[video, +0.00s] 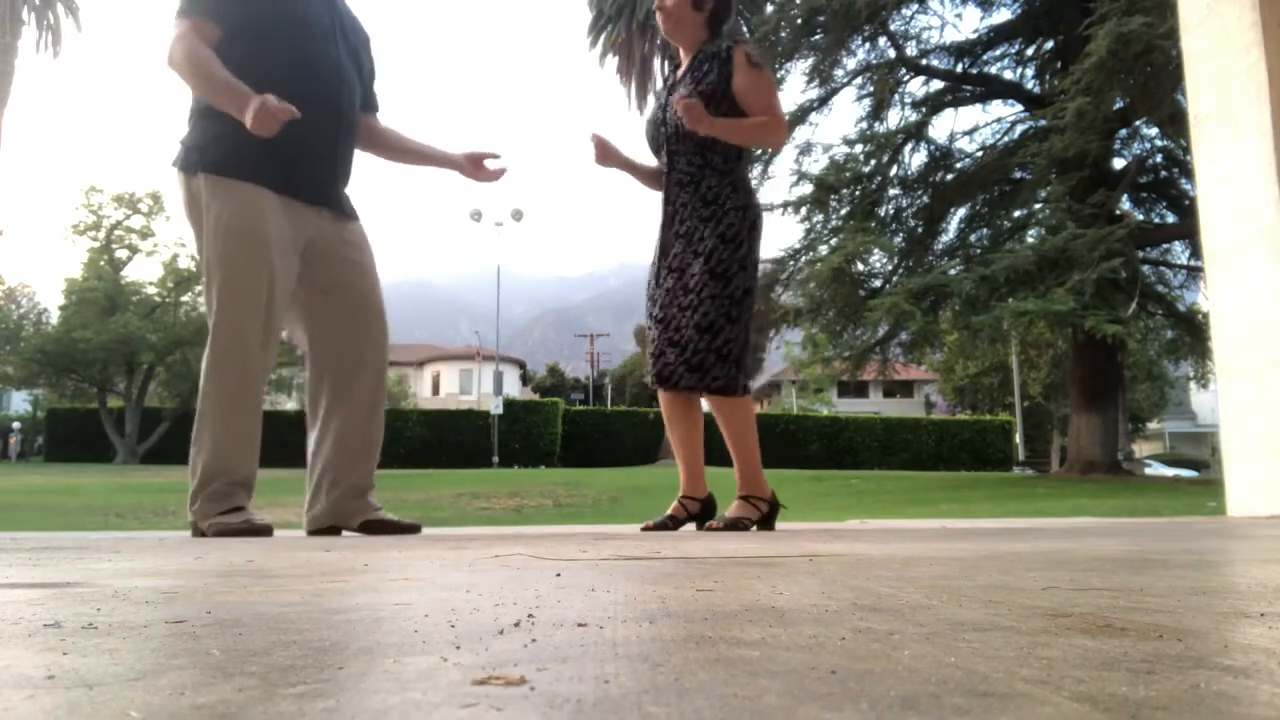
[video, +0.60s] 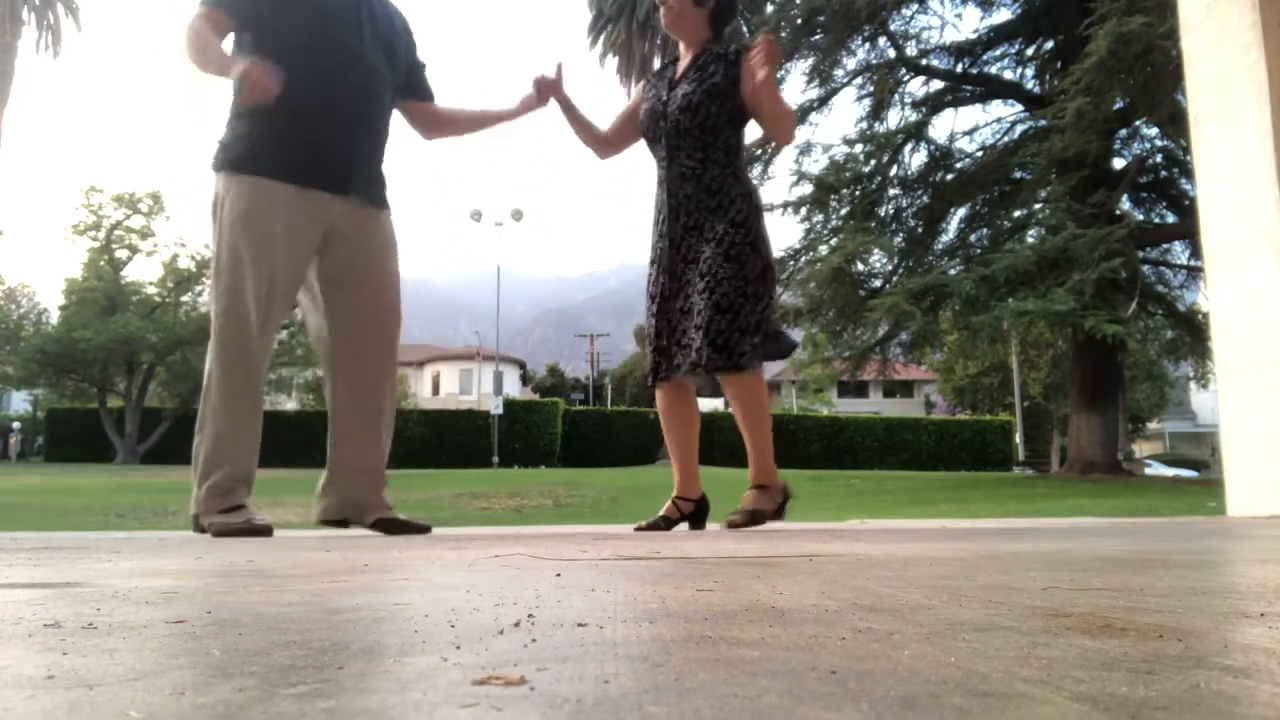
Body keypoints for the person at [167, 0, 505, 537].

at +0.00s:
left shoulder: (352, 28)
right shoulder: (235, 2)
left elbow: (361, 126)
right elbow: (184, 48)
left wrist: (452, 159)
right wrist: (246, 103)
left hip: (323, 198)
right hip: (239, 178)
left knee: (355, 340)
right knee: (243, 339)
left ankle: (340, 505)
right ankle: (219, 507)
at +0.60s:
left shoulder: (387, 17)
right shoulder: (264, 1)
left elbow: (428, 119)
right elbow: (199, 34)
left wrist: (518, 109)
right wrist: (234, 66)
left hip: (358, 192)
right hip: (266, 177)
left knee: (370, 347)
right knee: (242, 344)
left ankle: (355, 499)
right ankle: (221, 502)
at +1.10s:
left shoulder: (353, 38)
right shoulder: (229, 5)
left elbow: (424, 113)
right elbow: (181, 70)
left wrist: (513, 122)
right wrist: (202, 113)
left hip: (314, 208)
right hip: (233, 197)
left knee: (324, 340)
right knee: (239, 350)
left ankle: (266, 485)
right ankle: (250, 503)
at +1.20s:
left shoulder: (353, 47)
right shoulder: (229, 10)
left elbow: (429, 109)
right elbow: (180, 90)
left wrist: (516, 138)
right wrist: (181, 147)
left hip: (303, 221)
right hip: (224, 202)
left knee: (290, 352)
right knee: (233, 353)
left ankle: (184, 459)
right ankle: (251, 504)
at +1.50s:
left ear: (342, 2)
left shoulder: (365, 61)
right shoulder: (249, 31)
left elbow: (436, 104)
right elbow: (194, 107)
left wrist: (521, 111)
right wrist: (184, 169)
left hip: (295, 228)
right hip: (245, 214)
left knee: (234, 353)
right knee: (284, 346)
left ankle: (159, 488)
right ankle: (260, 499)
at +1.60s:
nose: (362, 5)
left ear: (366, 6)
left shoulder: (377, 74)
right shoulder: (271, 47)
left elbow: (443, 123)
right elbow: (216, 122)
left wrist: (521, 126)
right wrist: (213, 181)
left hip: (309, 229)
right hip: (271, 220)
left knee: (239, 364)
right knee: (335, 338)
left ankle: (158, 490)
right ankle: (338, 494)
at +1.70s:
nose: (390, 14)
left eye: (393, 6)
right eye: (379, 4)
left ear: (397, 13)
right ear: (350, 7)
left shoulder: (402, 92)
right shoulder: (310, 63)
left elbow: (454, 155)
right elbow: (255, 145)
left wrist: (517, 157)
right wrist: (260, 199)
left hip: (344, 247)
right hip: (309, 239)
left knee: (242, 367)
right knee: (379, 354)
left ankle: (157, 489)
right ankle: (412, 500)